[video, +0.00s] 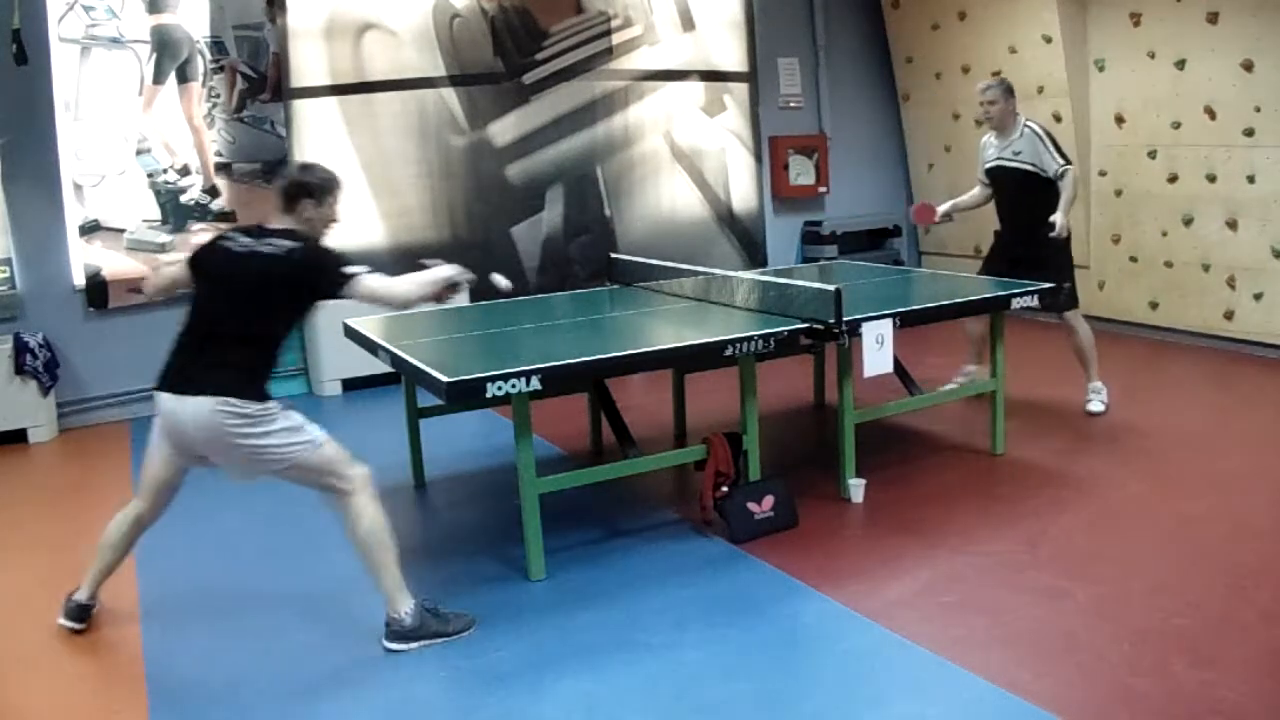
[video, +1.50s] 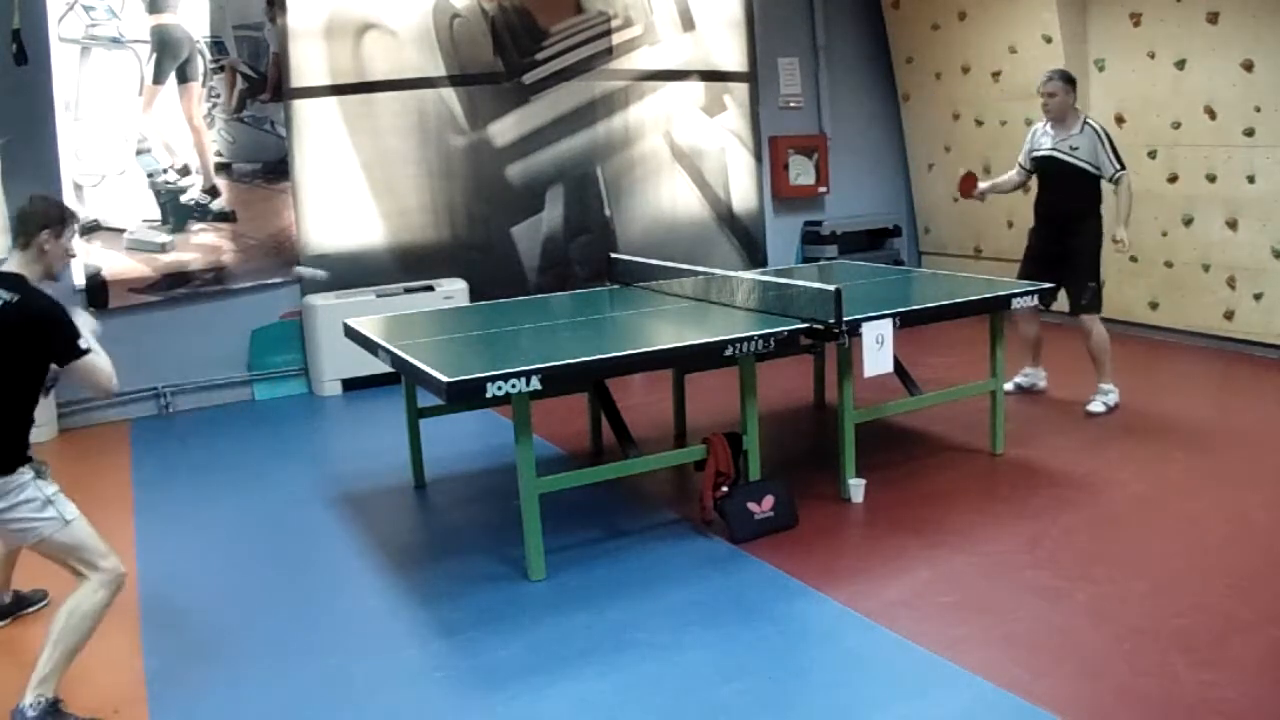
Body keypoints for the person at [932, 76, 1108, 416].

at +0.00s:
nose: (984, 111)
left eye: (990, 104)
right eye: (981, 105)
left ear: (1011, 104)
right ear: (981, 109)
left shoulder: (1033, 134)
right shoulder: (988, 143)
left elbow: (1067, 172)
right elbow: (986, 189)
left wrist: (1062, 213)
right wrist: (950, 206)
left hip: (1047, 239)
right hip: (1009, 240)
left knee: (1068, 313)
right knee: (977, 304)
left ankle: (1094, 384)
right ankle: (977, 372)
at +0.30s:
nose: (990, 113)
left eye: (996, 106)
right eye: (986, 108)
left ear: (1016, 105)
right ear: (986, 110)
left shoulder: (1041, 134)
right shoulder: (993, 144)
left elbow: (1074, 176)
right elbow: (990, 189)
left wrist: (1060, 217)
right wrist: (964, 214)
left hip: (1054, 236)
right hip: (1017, 237)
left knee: (1071, 313)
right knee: (993, 305)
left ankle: (1096, 384)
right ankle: (990, 369)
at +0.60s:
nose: (974, 145)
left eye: (977, 137)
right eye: (971, 139)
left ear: (997, 131)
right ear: (991, 136)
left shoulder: (1020, 148)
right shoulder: (1006, 157)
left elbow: (1049, 179)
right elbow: (1029, 192)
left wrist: (1028, 225)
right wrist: (1021, 224)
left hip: (1068, 243)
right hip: (1041, 244)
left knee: (1066, 324)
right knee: (1005, 306)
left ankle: (1106, 387)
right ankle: (993, 370)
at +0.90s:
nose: (986, 140)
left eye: (987, 132)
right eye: (983, 134)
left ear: (1004, 125)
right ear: (1001, 129)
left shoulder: (1036, 141)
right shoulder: (1016, 155)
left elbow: (1064, 181)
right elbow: (1001, 202)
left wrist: (1045, 225)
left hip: (1069, 242)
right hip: (1039, 242)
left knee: (1067, 323)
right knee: (1008, 307)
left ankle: (1106, 388)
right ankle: (992, 371)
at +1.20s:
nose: (1029, 114)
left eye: (1036, 107)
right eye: (1027, 107)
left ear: (1057, 107)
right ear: (1032, 108)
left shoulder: (1082, 139)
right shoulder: (1028, 140)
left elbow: (1112, 184)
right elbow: (988, 165)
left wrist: (1099, 222)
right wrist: (944, 163)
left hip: (1077, 244)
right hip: (1039, 242)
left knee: (1081, 319)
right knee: (1011, 307)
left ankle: (1106, 388)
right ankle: (991, 370)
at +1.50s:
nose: (1045, 102)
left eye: (1052, 96)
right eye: (1042, 96)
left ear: (1072, 97)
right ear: (1040, 98)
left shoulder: (1094, 133)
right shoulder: (1038, 133)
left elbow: (1122, 180)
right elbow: (1019, 175)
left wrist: (1121, 225)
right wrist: (985, 187)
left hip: (1083, 235)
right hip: (1044, 233)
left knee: (1086, 316)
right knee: (1024, 305)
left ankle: (1106, 388)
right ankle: (1033, 372)